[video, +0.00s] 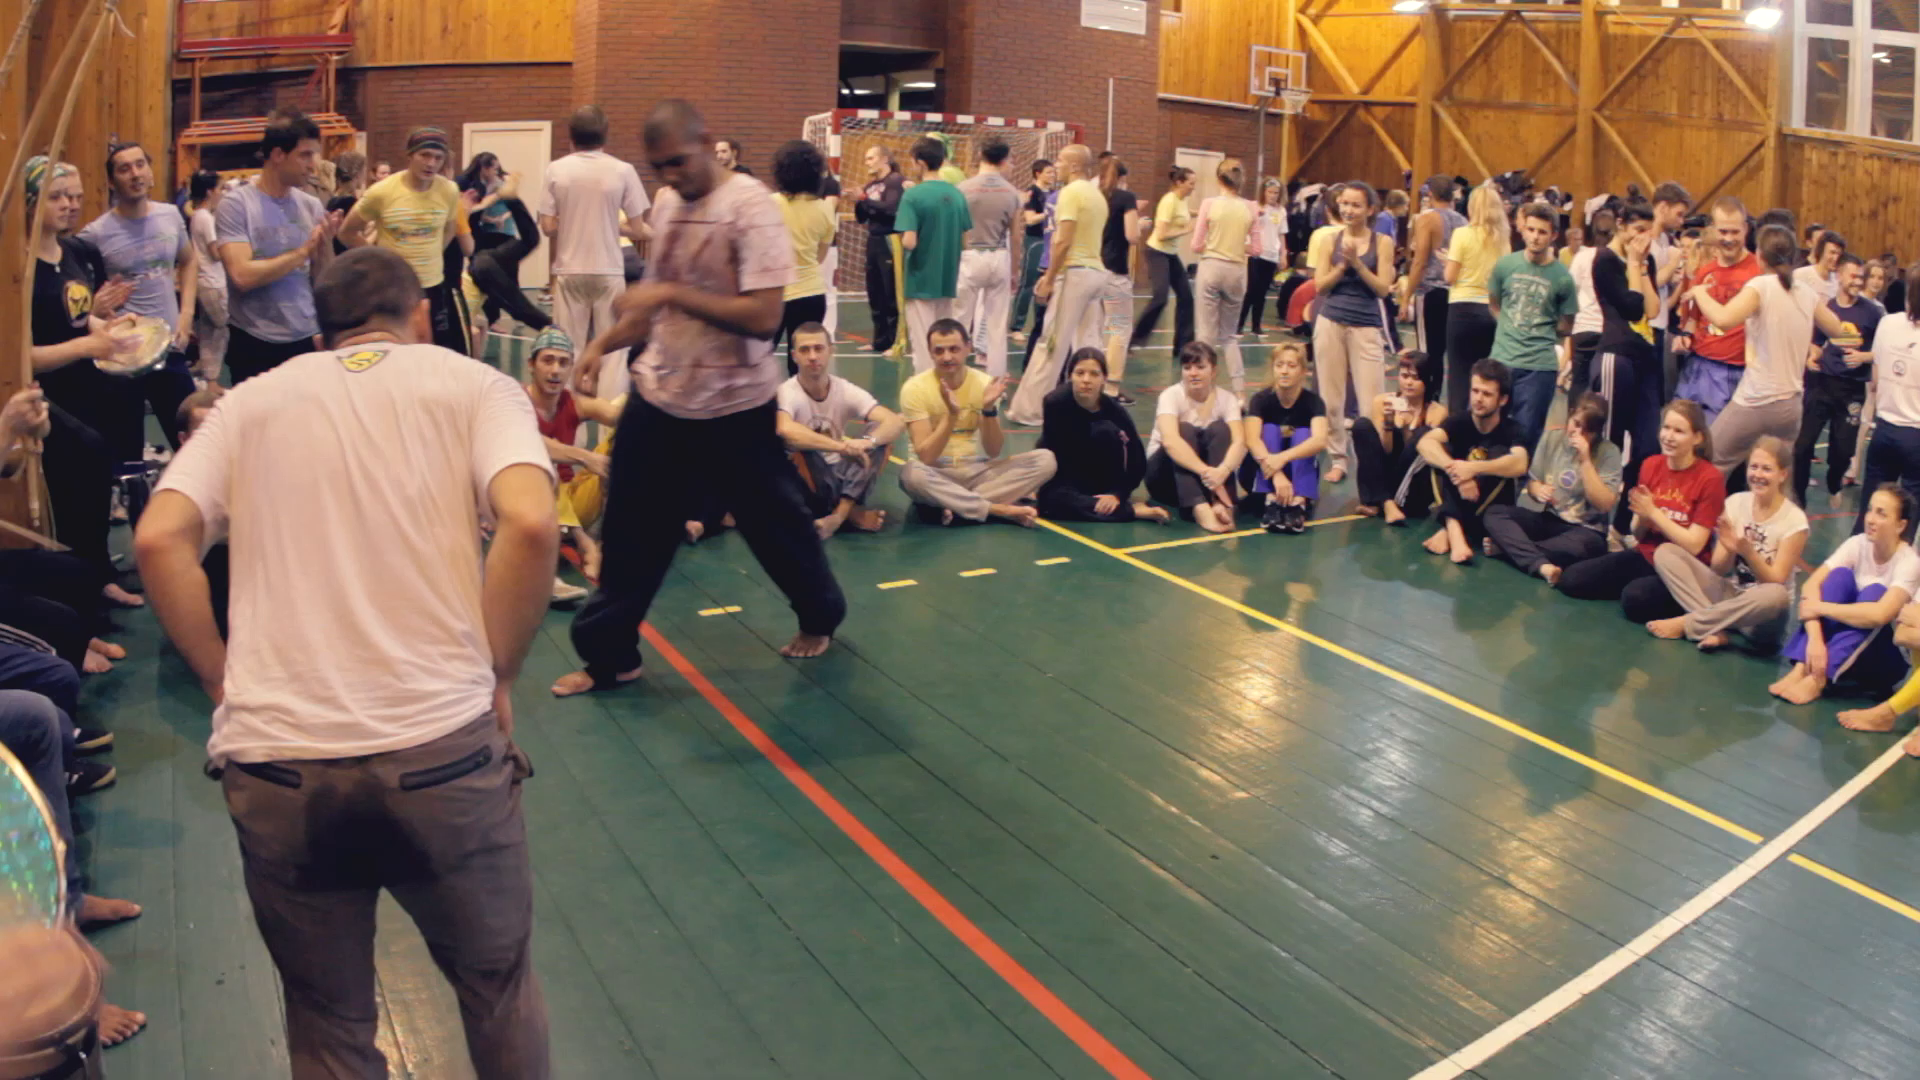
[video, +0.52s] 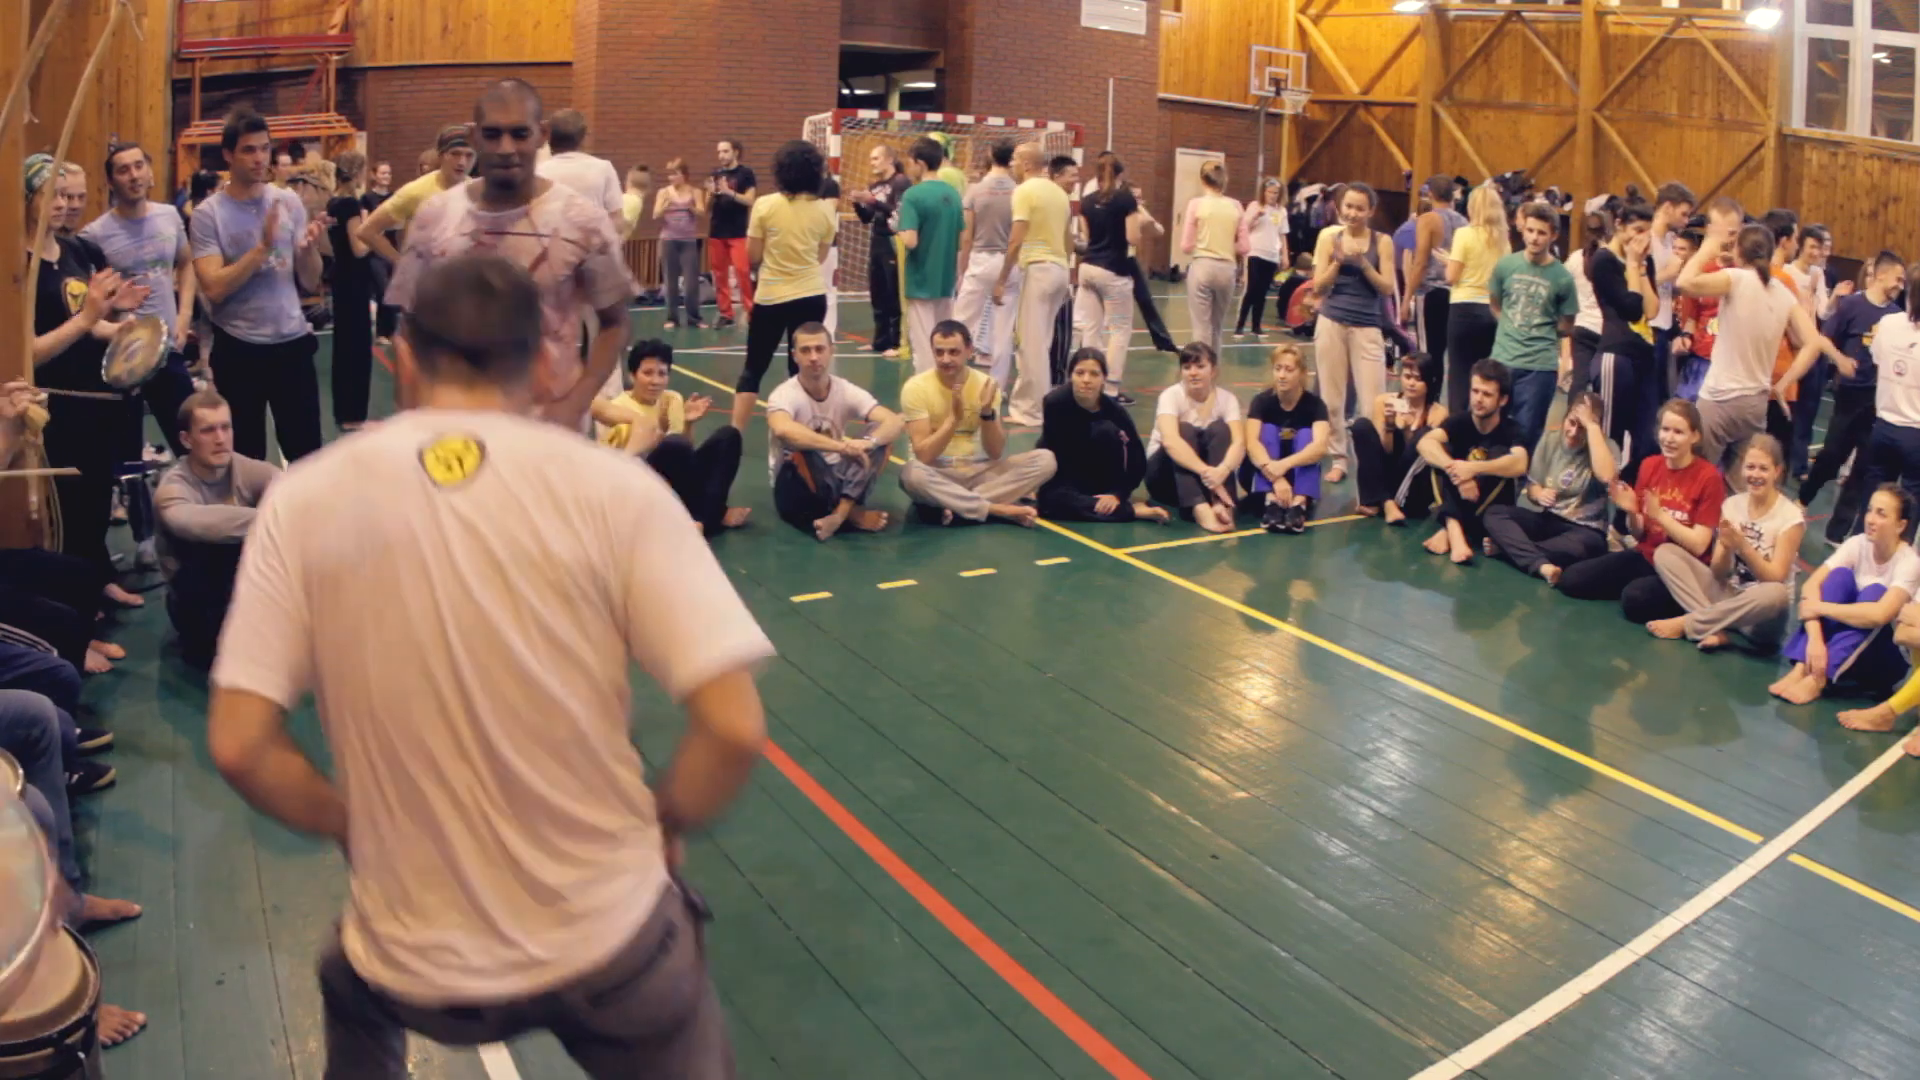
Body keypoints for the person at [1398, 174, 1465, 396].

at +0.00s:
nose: (1427, 196)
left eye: (1428, 193)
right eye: (1429, 193)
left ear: (1431, 194)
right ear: (1452, 195)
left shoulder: (1426, 219)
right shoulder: (1462, 221)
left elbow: (1420, 261)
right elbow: (1462, 258)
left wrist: (1406, 297)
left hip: (1431, 291)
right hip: (1455, 290)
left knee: (1430, 351)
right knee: (1451, 350)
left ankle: (1429, 399)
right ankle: (1451, 397)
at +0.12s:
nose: (1427, 196)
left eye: (1428, 193)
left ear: (1431, 194)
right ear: (1452, 195)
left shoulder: (1427, 220)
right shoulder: (1462, 221)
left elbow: (1421, 261)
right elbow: (1465, 257)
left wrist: (1408, 297)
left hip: (1433, 290)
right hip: (1457, 288)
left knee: (1432, 351)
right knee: (1454, 349)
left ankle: (1431, 399)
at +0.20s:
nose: (1427, 196)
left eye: (1428, 193)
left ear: (1430, 194)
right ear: (1452, 195)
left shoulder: (1427, 220)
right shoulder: (1462, 221)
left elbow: (1421, 262)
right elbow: (1465, 257)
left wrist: (1408, 296)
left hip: (1433, 290)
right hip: (1458, 289)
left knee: (1433, 351)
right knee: (1455, 350)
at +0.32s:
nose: (1427, 197)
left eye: (1428, 193)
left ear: (1430, 195)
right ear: (1452, 195)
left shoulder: (1429, 219)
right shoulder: (1462, 221)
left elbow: (1421, 261)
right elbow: (1464, 257)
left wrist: (1409, 297)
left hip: (1433, 290)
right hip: (1458, 289)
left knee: (1433, 351)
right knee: (1454, 351)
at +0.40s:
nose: (1427, 195)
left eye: (1428, 192)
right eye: (1429, 192)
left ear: (1431, 194)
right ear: (1451, 194)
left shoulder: (1428, 219)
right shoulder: (1462, 221)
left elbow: (1421, 262)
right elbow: (1464, 259)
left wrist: (1408, 297)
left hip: (1432, 290)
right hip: (1457, 289)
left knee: (1432, 352)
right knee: (1454, 352)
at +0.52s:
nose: (1427, 195)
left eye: (1428, 192)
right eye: (1429, 192)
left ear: (1431, 194)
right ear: (1452, 195)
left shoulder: (1427, 220)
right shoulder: (1462, 221)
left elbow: (1421, 262)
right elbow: (1465, 258)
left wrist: (1407, 297)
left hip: (1432, 291)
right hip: (1457, 289)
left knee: (1431, 352)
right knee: (1454, 351)